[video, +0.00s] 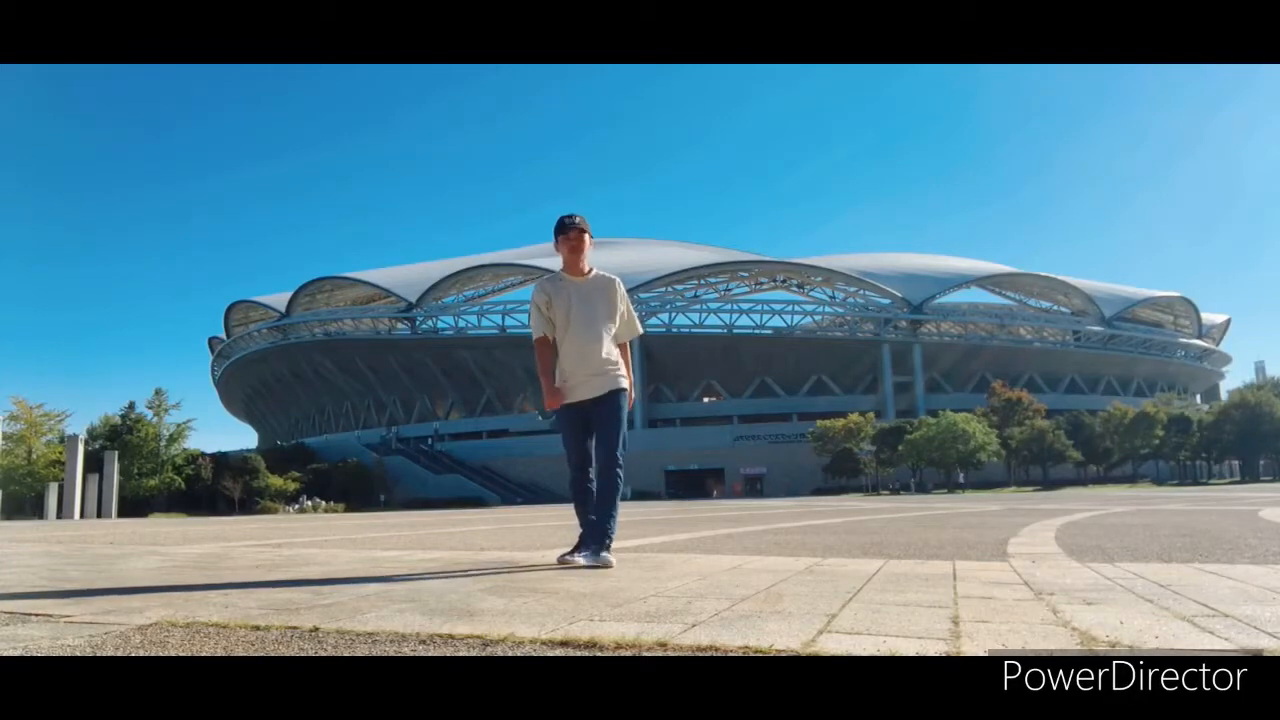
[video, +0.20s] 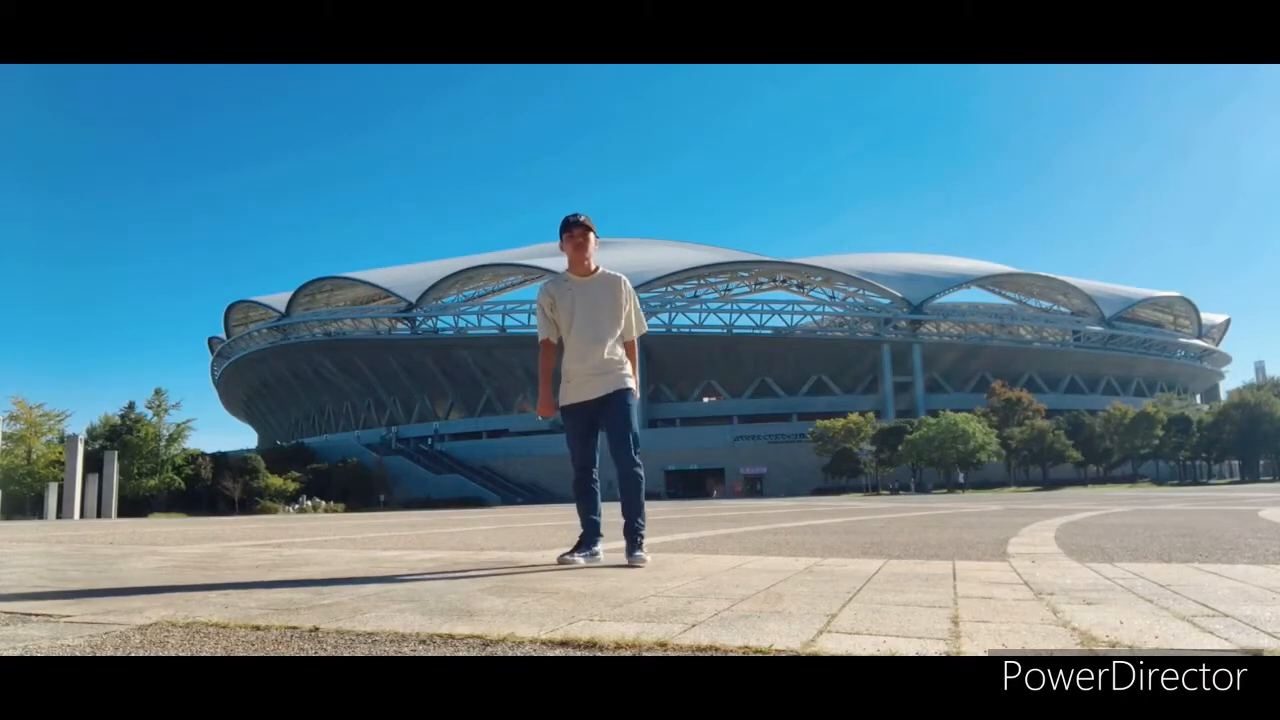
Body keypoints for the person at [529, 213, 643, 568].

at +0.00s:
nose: (576, 242)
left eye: (581, 236)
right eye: (569, 238)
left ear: (590, 242)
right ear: (557, 244)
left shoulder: (611, 285)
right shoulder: (545, 289)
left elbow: (622, 340)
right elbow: (542, 342)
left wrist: (628, 382)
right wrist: (548, 386)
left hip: (611, 384)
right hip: (569, 390)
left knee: (608, 464)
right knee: (579, 468)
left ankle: (601, 546)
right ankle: (588, 539)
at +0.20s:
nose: (580, 242)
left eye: (585, 236)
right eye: (572, 237)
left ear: (596, 241)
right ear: (562, 246)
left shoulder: (618, 284)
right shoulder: (551, 291)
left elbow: (629, 340)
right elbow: (547, 345)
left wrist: (633, 385)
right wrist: (545, 393)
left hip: (617, 385)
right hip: (575, 391)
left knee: (628, 460)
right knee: (584, 470)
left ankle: (635, 541)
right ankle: (590, 542)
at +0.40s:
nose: (594, 237)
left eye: (599, 232)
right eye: (586, 233)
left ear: (610, 238)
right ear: (576, 242)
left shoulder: (630, 282)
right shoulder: (564, 287)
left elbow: (641, 339)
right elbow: (553, 341)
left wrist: (653, 384)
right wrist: (547, 389)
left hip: (628, 390)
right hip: (584, 394)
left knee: (637, 468)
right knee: (586, 472)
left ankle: (644, 544)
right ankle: (590, 543)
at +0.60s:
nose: (608, 233)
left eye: (613, 228)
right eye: (600, 229)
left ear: (624, 236)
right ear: (590, 238)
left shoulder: (644, 278)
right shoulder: (574, 282)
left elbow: (655, 330)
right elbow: (567, 337)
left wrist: (658, 367)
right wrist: (561, 385)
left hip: (636, 391)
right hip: (592, 392)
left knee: (643, 469)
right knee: (589, 470)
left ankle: (645, 543)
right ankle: (597, 540)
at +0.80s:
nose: (608, 245)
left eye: (614, 239)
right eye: (601, 240)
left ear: (625, 245)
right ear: (590, 246)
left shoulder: (642, 286)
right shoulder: (574, 285)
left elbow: (653, 340)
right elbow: (564, 331)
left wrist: (659, 381)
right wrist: (589, 341)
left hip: (639, 393)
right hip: (596, 397)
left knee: (647, 468)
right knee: (604, 472)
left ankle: (644, 543)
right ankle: (617, 537)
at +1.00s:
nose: (633, 253)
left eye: (640, 247)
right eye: (627, 246)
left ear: (650, 253)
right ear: (614, 251)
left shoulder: (656, 296)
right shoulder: (593, 283)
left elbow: (655, 343)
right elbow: (572, 333)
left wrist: (657, 373)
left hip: (631, 392)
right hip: (591, 389)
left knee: (624, 466)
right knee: (602, 466)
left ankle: (620, 543)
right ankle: (616, 533)